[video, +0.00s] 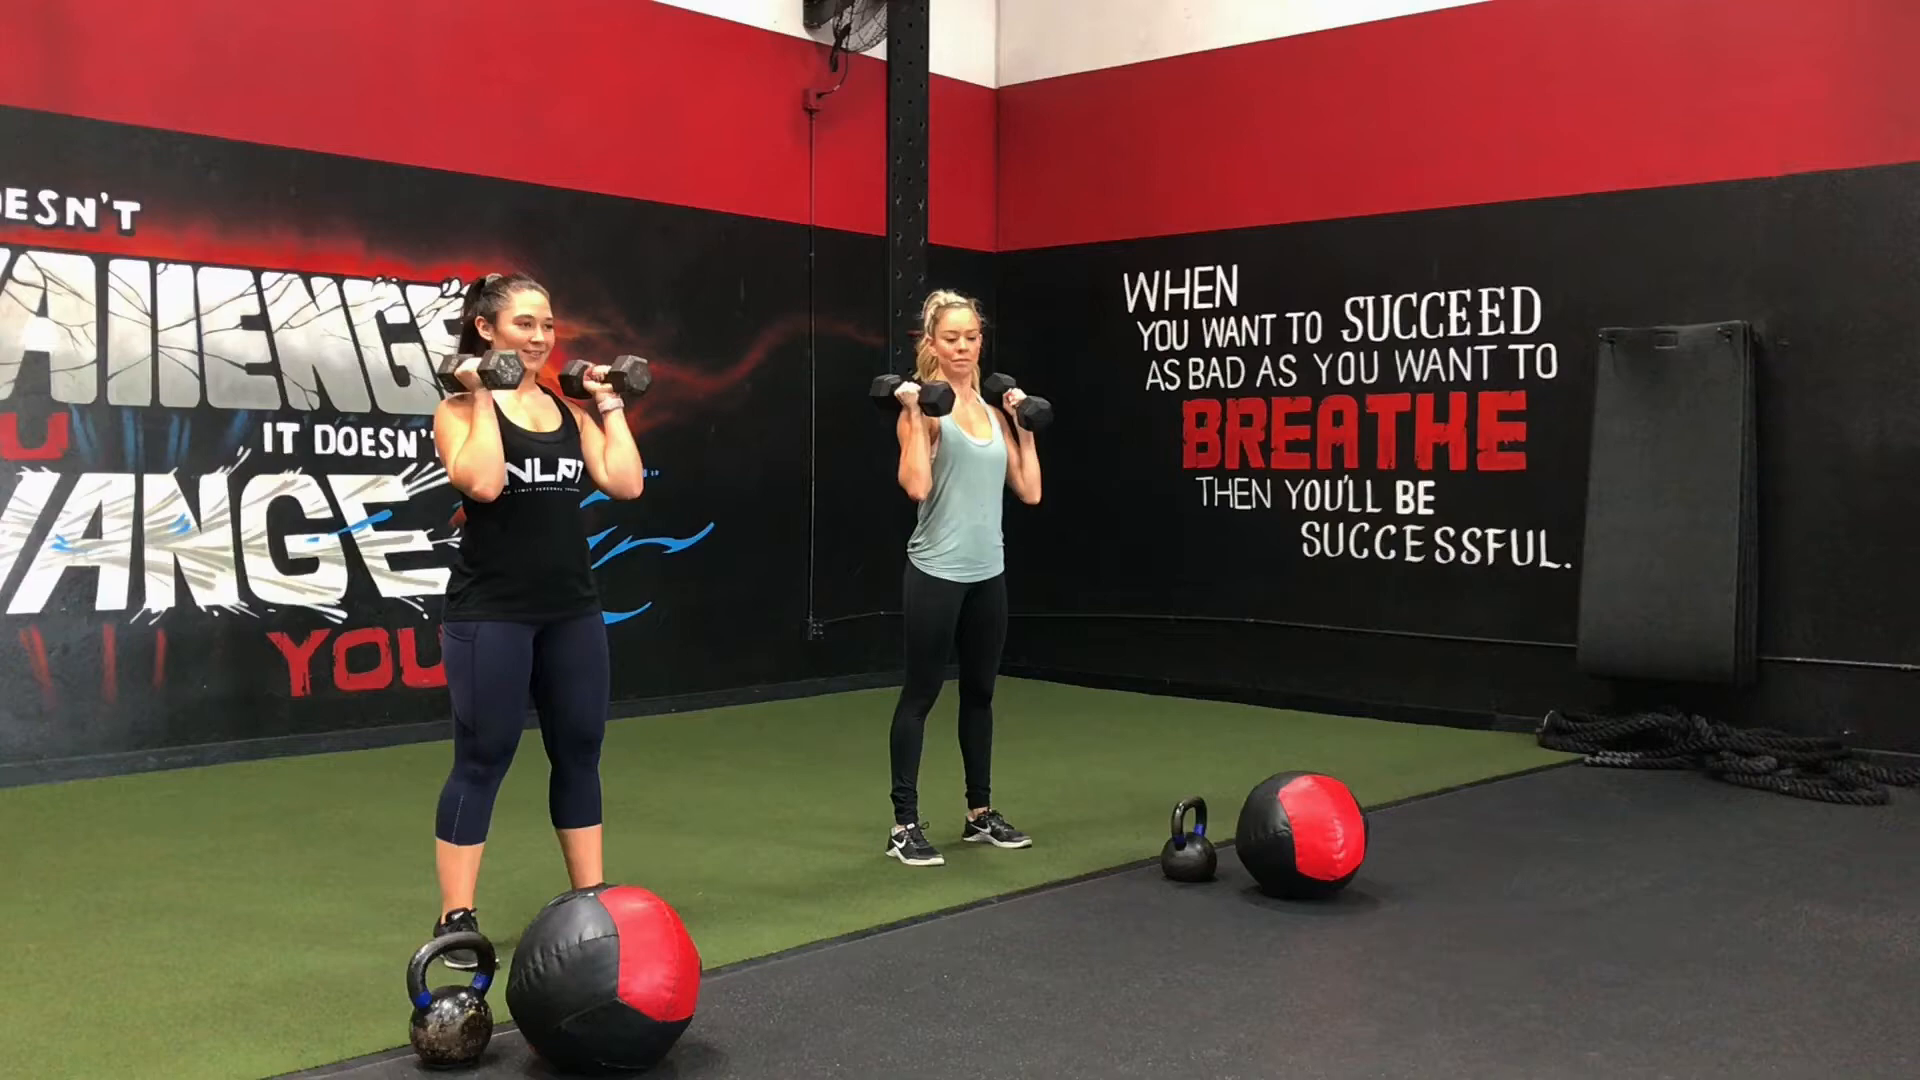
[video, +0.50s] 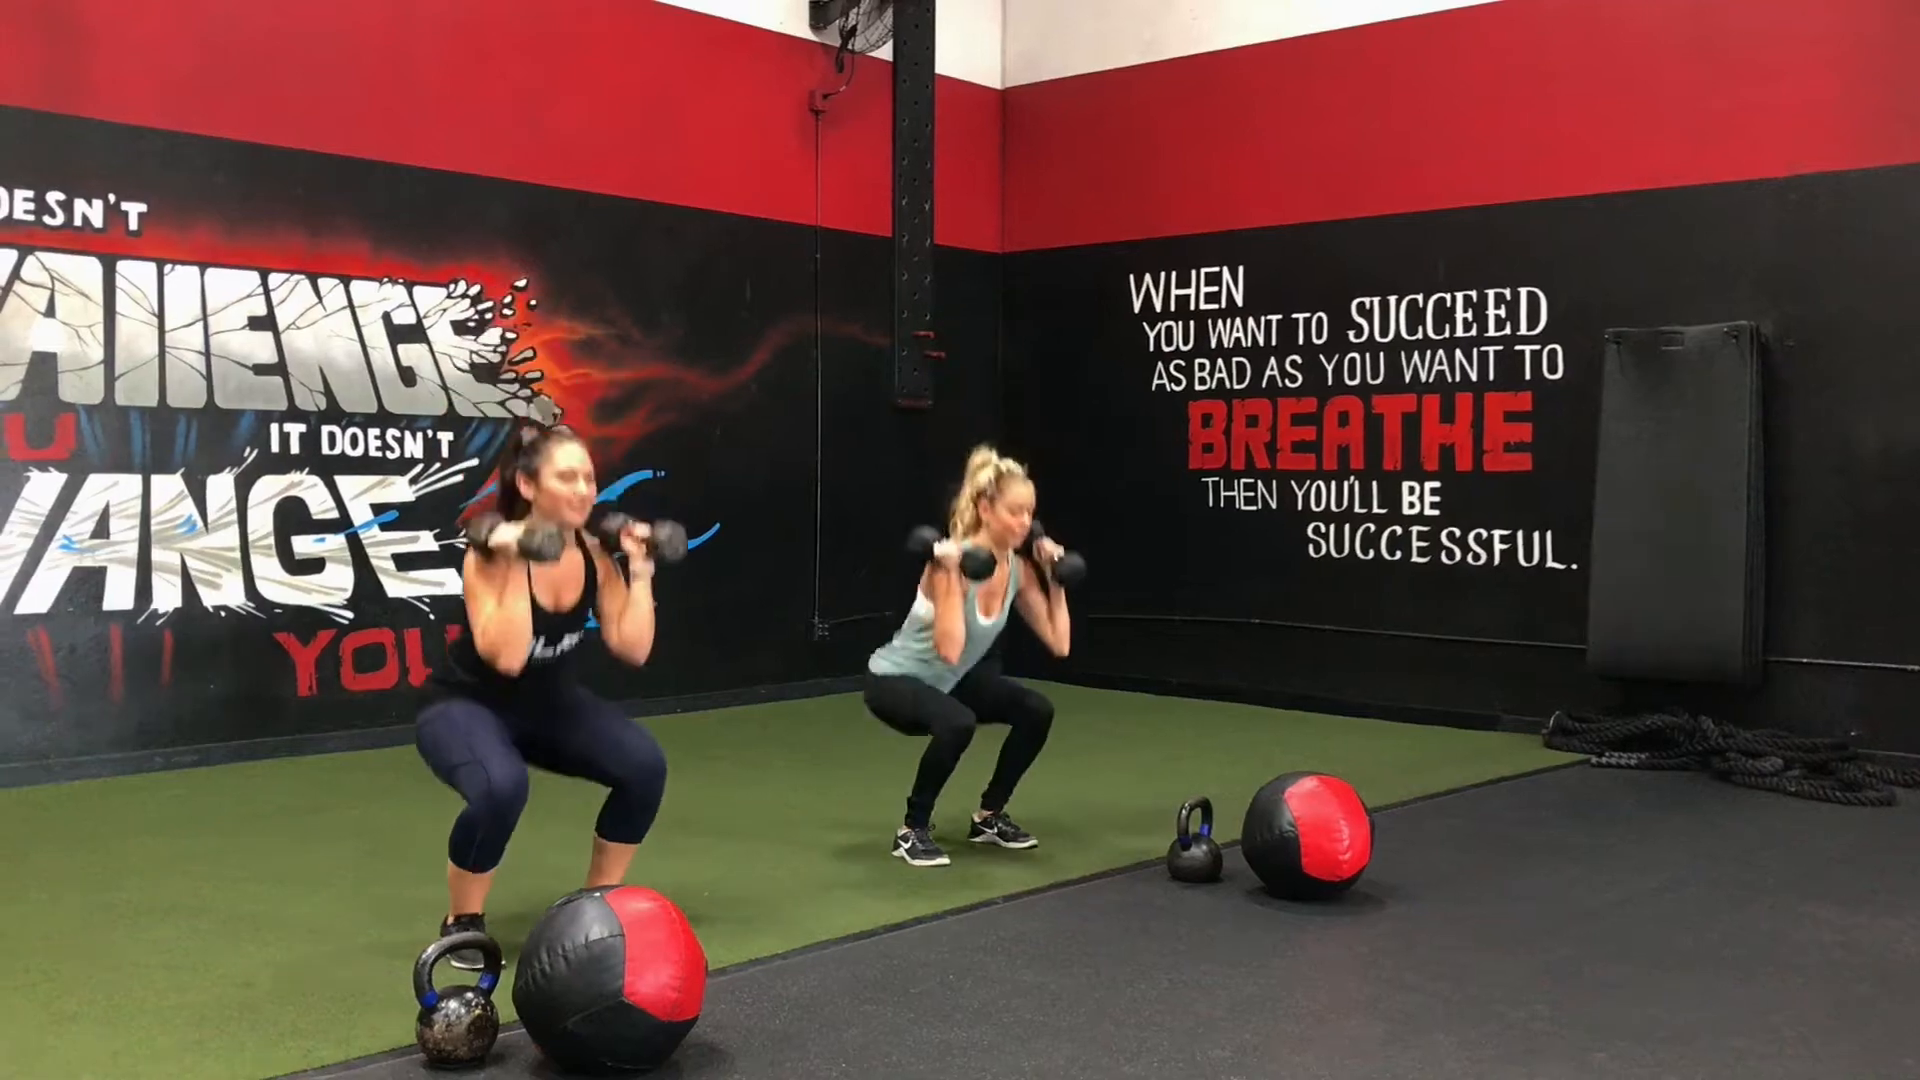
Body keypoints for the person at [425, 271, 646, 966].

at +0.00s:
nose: (540, 336)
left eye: (547, 324)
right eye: (524, 323)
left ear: (553, 332)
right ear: (484, 330)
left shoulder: (567, 409)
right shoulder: (458, 409)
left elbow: (626, 484)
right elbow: (483, 482)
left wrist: (612, 405)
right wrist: (483, 395)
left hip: (572, 607)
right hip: (490, 611)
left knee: (579, 752)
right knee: (481, 760)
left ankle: (591, 904)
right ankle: (458, 919)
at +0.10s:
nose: (543, 335)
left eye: (550, 324)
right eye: (527, 323)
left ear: (556, 333)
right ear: (487, 330)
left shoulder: (570, 410)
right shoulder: (461, 409)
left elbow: (628, 485)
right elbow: (485, 482)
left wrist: (616, 406)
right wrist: (487, 395)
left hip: (573, 607)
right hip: (492, 611)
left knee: (581, 752)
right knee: (484, 758)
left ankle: (593, 904)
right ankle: (460, 918)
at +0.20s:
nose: (552, 333)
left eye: (558, 322)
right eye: (536, 321)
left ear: (563, 333)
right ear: (496, 330)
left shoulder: (573, 410)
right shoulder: (466, 408)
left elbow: (630, 489)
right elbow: (489, 484)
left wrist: (622, 410)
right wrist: (494, 397)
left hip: (570, 608)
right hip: (489, 610)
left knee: (582, 753)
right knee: (484, 758)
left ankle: (595, 906)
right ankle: (462, 920)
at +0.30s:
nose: (566, 351)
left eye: (571, 340)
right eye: (550, 338)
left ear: (575, 349)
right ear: (508, 347)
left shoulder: (582, 427)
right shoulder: (475, 422)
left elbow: (635, 506)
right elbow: (499, 504)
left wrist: (629, 428)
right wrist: (504, 417)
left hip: (559, 616)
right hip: (477, 616)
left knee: (601, 741)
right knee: (489, 753)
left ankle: (596, 903)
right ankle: (463, 922)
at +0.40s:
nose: (574, 417)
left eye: (580, 405)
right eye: (560, 405)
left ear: (589, 411)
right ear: (519, 411)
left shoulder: (588, 480)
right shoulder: (485, 482)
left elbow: (637, 571)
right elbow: (507, 575)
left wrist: (637, 492)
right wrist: (510, 480)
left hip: (548, 652)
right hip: (467, 654)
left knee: (628, 751)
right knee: (493, 771)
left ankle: (595, 907)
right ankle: (463, 926)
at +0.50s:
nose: (585, 490)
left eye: (589, 477)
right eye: (568, 477)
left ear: (595, 483)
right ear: (527, 487)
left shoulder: (595, 549)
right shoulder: (491, 551)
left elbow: (633, 648)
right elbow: (507, 656)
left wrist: (641, 570)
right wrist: (514, 562)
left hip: (544, 699)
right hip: (464, 703)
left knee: (643, 764)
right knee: (501, 786)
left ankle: (596, 908)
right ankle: (464, 925)